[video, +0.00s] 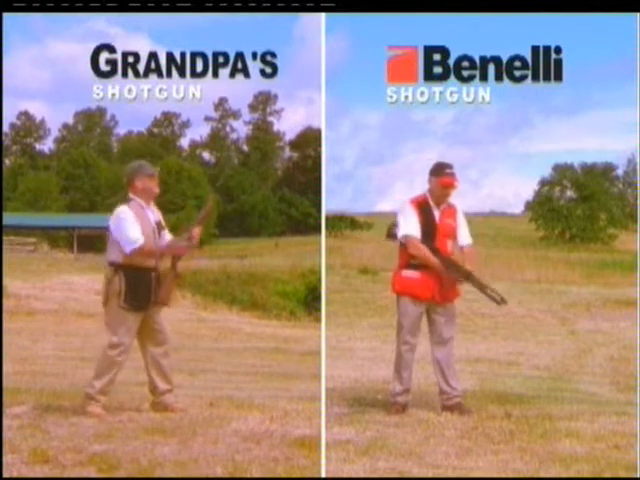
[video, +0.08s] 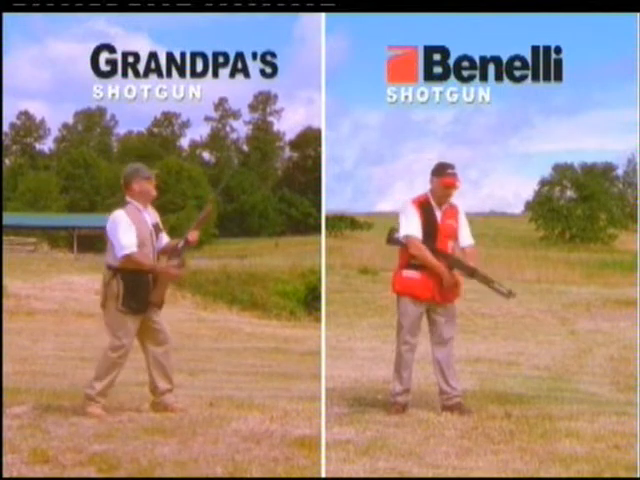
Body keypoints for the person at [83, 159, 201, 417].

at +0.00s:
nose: (157, 186)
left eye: (156, 181)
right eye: (151, 181)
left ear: (152, 185)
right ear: (135, 184)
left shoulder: (153, 212)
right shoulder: (123, 214)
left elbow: (165, 243)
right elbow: (135, 249)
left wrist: (186, 241)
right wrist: (170, 250)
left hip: (148, 276)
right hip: (125, 277)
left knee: (157, 341)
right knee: (120, 342)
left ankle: (162, 396)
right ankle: (94, 398)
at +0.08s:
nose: (154, 189)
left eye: (154, 184)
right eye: (149, 184)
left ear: (144, 188)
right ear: (132, 187)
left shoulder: (151, 215)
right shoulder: (120, 217)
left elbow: (163, 247)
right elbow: (127, 256)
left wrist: (184, 242)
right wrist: (159, 270)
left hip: (145, 280)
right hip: (122, 282)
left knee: (158, 340)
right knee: (121, 342)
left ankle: (162, 396)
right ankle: (93, 399)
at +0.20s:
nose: (152, 191)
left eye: (152, 185)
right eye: (147, 185)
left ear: (140, 189)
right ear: (131, 189)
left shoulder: (149, 216)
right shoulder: (117, 220)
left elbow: (160, 248)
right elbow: (117, 262)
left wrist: (181, 245)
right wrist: (139, 288)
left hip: (145, 282)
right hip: (121, 284)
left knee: (160, 340)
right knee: (120, 344)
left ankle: (162, 396)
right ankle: (93, 398)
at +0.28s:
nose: (152, 190)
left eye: (151, 185)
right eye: (146, 185)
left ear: (140, 190)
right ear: (131, 189)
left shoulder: (149, 216)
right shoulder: (116, 221)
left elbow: (159, 249)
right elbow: (113, 262)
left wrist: (180, 246)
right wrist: (125, 293)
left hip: (146, 281)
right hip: (122, 283)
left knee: (160, 339)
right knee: (121, 343)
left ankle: (163, 396)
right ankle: (92, 399)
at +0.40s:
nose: (152, 188)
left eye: (151, 183)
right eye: (146, 183)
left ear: (143, 188)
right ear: (130, 188)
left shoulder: (150, 214)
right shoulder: (115, 218)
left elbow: (158, 247)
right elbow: (98, 257)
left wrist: (179, 245)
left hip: (146, 279)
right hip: (120, 281)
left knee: (159, 339)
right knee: (119, 343)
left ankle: (162, 397)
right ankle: (92, 399)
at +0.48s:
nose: (154, 186)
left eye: (153, 181)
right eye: (149, 181)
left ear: (143, 186)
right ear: (133, 186)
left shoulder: (152, 212)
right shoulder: (116, 217)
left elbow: (158, 246)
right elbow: (92, 253)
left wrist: (180, 244)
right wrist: (75, 283)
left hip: (147, 279)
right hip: (120, 280)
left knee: (156, 339)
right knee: (118, 342)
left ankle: (161, 397)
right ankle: (92, 398)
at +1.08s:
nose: (162, 178)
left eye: (160, 173)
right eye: (156, 174)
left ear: (145, 180)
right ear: (142, 179)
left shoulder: (149, 203)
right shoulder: (145, 204)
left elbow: (165, 231)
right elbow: (170, 228)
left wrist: (193, 221)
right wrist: (194, 220)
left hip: (149, 264)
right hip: (134, 265)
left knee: (156, 334)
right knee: (125, 334)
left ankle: (160, 395)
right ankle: (96, 393)